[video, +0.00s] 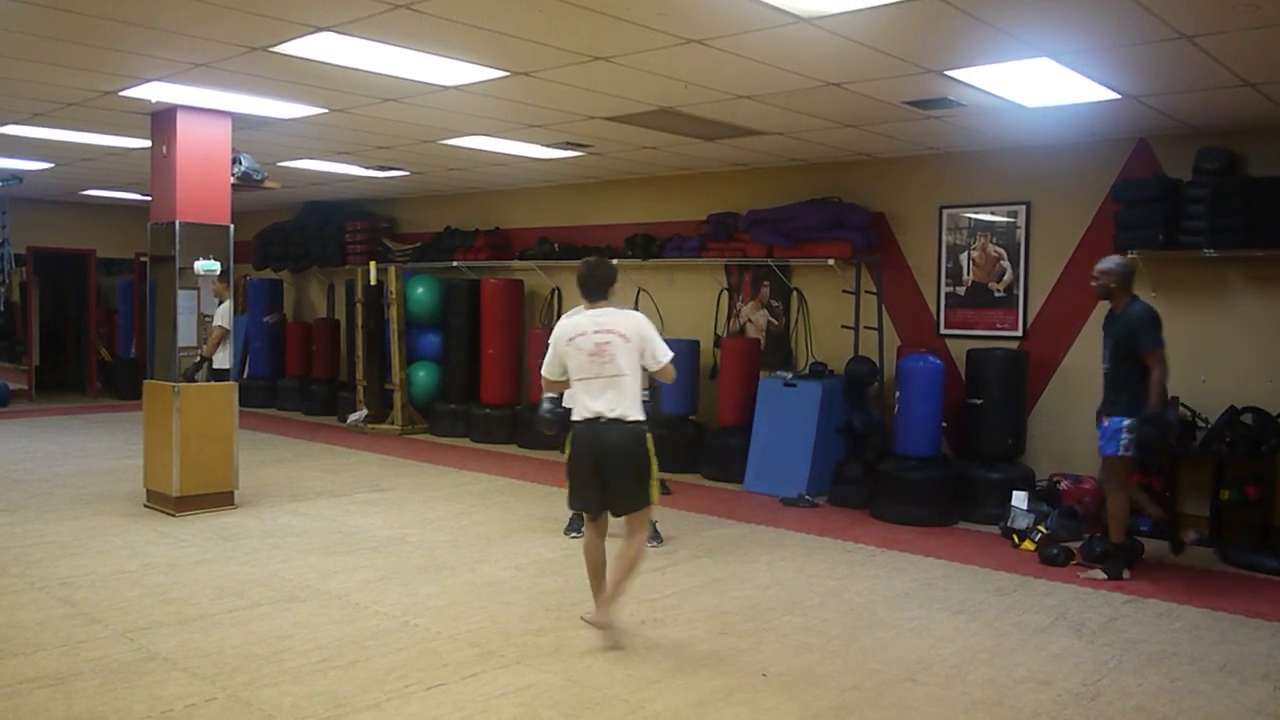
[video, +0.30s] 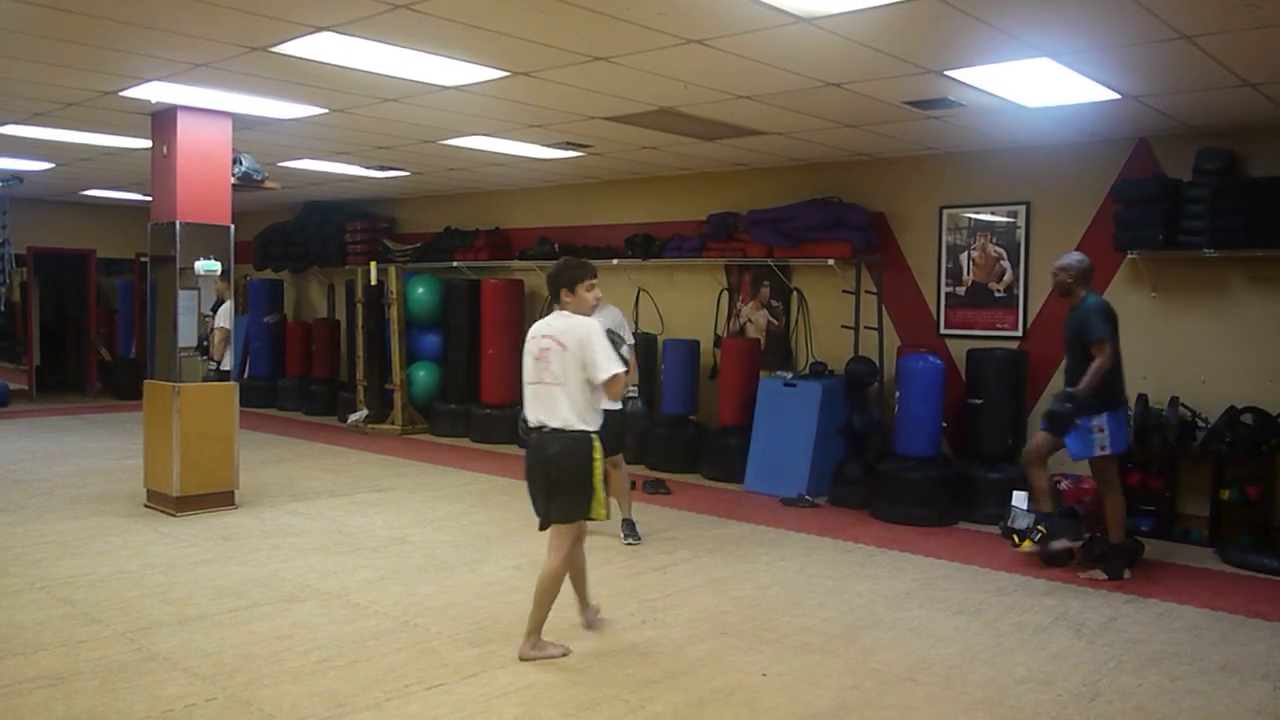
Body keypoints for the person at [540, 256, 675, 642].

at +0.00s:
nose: (618, 289)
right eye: (616, 283)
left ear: (580, 288)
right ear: (614, 288)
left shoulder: (564, 326)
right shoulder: (635, 322)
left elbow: (550, 384)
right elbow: (668, 373)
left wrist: (585, 370)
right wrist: (632, 355)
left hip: (584, 437)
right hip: (629, 436)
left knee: (593, 526)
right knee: (636, 532)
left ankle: (603, 613)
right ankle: (604, 605)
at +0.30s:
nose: (597, 295)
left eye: (596, 287)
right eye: (590, 289)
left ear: (561, 295)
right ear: (567, 293)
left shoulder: (536, 329)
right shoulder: (587, 329)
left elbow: (546, 384)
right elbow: (614, 390)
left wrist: (604, 368)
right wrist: (625, 367)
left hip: (539, 441)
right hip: (576, 444)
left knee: (575, 533)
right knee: (559, 549)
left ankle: (586, 609)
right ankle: (531, 640)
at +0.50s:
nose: (572, 292)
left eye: (573, 285)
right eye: (564, 285)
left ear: (536, 290)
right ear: (537, 288)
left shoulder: (518, 322)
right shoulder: (546, 326)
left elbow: (539, 381)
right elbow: (566, 390)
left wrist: (580, 361)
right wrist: (593, 362)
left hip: (516, 439)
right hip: (545, 443)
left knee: (535, 536)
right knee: (546, 542)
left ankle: (510, 622)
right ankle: (531, 640)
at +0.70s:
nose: (538, 294)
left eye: (540, 286)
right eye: (529, 287)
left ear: (509, 290)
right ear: (502, 288)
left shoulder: (490, 325)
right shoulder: (511, 327)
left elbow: (510, 387)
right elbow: (527, 391)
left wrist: (540, 363)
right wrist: (559, 371)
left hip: (488, 446)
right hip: (519, 448)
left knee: (497, 547)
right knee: (535, 545)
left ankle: (434, 636)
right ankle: (532, 641)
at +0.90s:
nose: (509, 303)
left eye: (510, 295)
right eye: (502, 294)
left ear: (471, 295)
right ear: (476, 292)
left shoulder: (447, 329)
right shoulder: (478, 329)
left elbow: (461, 391)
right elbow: (503, 389)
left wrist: (516, 377)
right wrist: (531, 369)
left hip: (447, 458)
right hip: (484, 460)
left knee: (442, 560)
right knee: (509, 554)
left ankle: (417, 667)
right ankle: (523, 646)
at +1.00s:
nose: (494, 300)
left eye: (494, 292)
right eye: (490, 292)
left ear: (456, 289)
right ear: (469, 289)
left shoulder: (429, 327)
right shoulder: (466, 325)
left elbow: (446, 398)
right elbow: (505, 382)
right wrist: (523, 363)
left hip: (431, 458)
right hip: (469, 460)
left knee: (425, 563)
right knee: (505, 554)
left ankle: (416, 669)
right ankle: (493, 658)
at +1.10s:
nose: (478, 291)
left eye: (477, 283)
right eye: (477, 283)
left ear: (435, 282)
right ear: (465, 284)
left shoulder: (413, 324)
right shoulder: (459, 321)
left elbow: (414, 394)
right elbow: (501, 380)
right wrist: (505, 361)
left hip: (418, 457)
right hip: (457, 459)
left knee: (421, 563)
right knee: (492, 561)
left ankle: (415, 670)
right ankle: (456, 672)